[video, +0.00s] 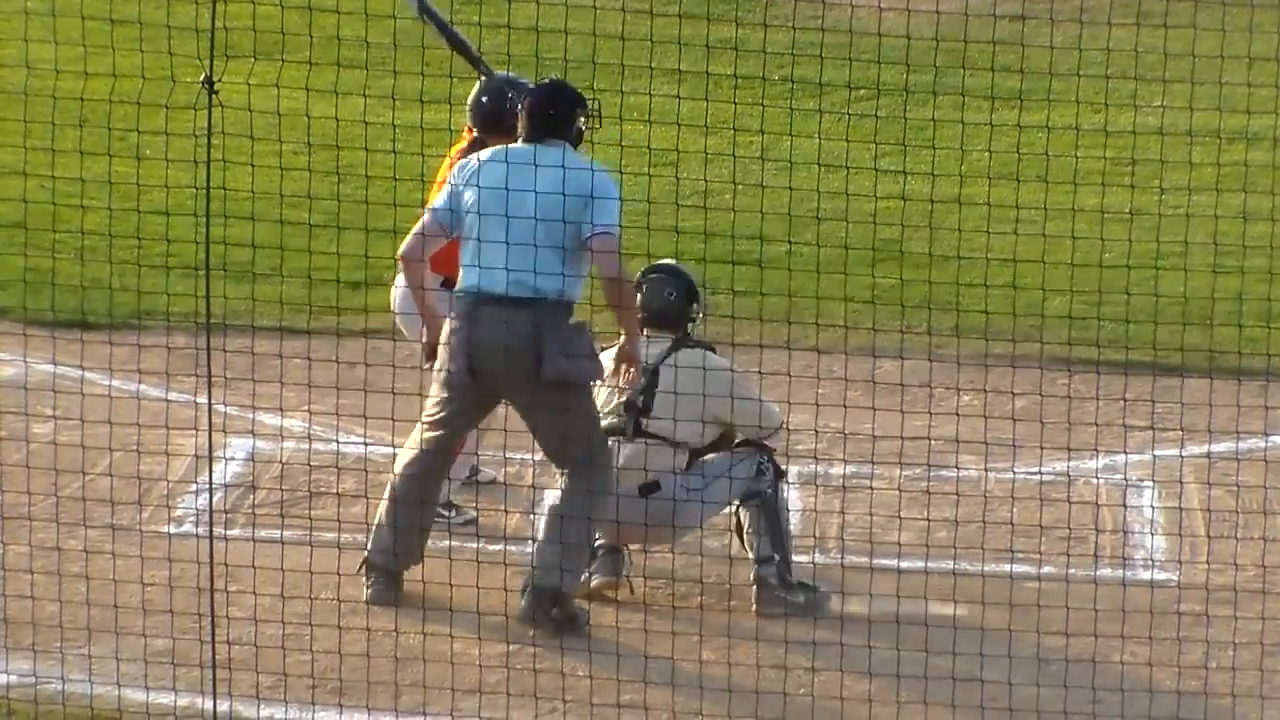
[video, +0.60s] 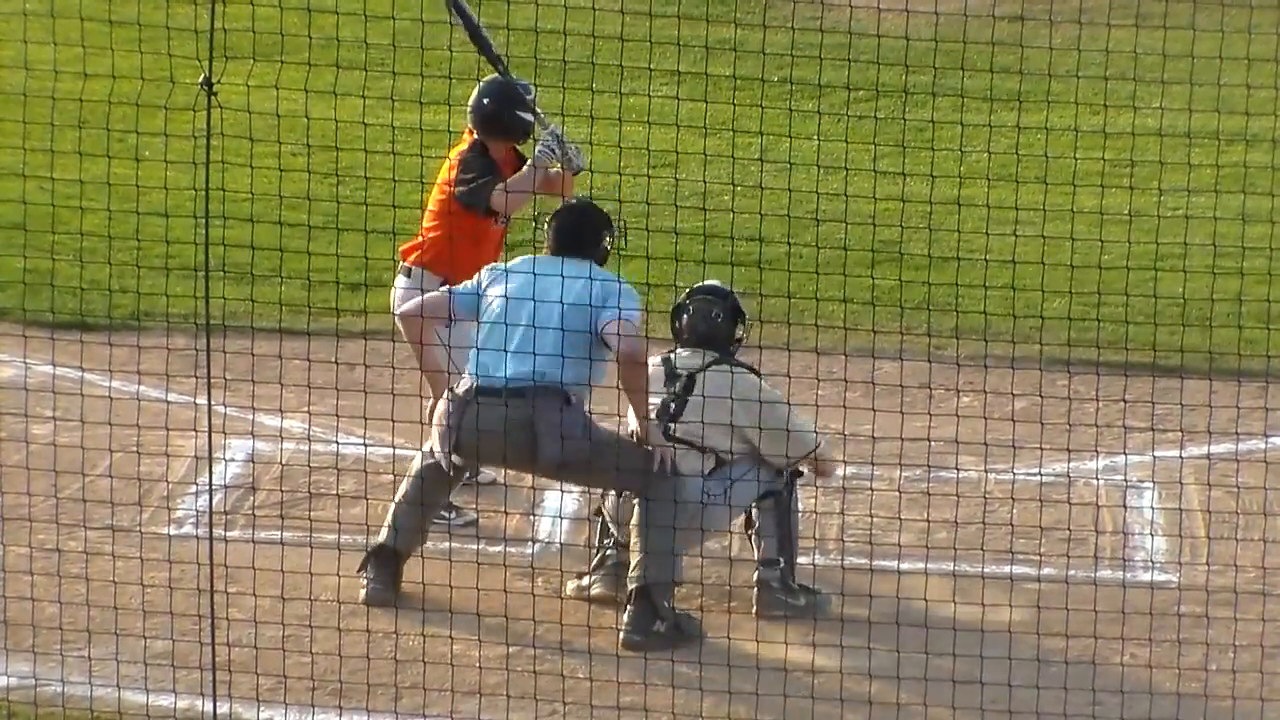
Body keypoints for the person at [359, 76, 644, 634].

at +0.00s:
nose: (586, 131)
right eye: (582, 125)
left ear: (521, 123)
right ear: (576, 128)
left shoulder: (478, 168)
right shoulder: (594, 179)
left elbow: (411, 254)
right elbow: (608, 268)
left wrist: (432, 324)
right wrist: (630, 339)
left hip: (470, 329)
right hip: (544, 337)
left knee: (431, 440)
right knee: (590, 465)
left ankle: (383, 570)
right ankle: (547, 591)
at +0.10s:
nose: (579, 147)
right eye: (576, 140)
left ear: (515, 136)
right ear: (569, 142)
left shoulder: (469, 177)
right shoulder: (584, 186)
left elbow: (404, 256)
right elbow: (600, 270)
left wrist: (429, 333)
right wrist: (630, 340)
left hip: (460, 332)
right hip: (535, 337)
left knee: (431, 437)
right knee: (617, 446)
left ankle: (383, 565)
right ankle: (586, 574)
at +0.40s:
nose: (598, 209)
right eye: (595, 202)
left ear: (538, 197)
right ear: (590, 204)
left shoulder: (490, 237)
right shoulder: (603, 247)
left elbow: (405, 297)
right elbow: (625, 320)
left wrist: (435, 366)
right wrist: (645, 397)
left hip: (467, 389)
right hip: (547, 393)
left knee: (441, 450)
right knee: (652, 473)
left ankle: (383, 561)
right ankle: (648, 605)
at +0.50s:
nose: (604, 230)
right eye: (603, 224)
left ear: (546, 223)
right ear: (597, 228)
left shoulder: (498, 258)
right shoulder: (610, 271)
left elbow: (410, 308)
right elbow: (628, 339)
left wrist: (440, 376)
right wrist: (646, 413)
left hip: (469, 407)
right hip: (548, 412)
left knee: (442, 451)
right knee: (657, 473)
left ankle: (383, 563)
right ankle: (649, 605)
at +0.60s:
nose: (607, 250)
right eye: (606, 244)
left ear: (548, 241)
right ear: (601, 249)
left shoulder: (501, 274)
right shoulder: (611, 287)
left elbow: (412, 313)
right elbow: (628, 350)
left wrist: (444, 386)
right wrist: (641, 420)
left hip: (469, 420)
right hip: (548, 426)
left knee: (439, 460)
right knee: (662, 479)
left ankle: (383, 567)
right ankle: (649, 610)